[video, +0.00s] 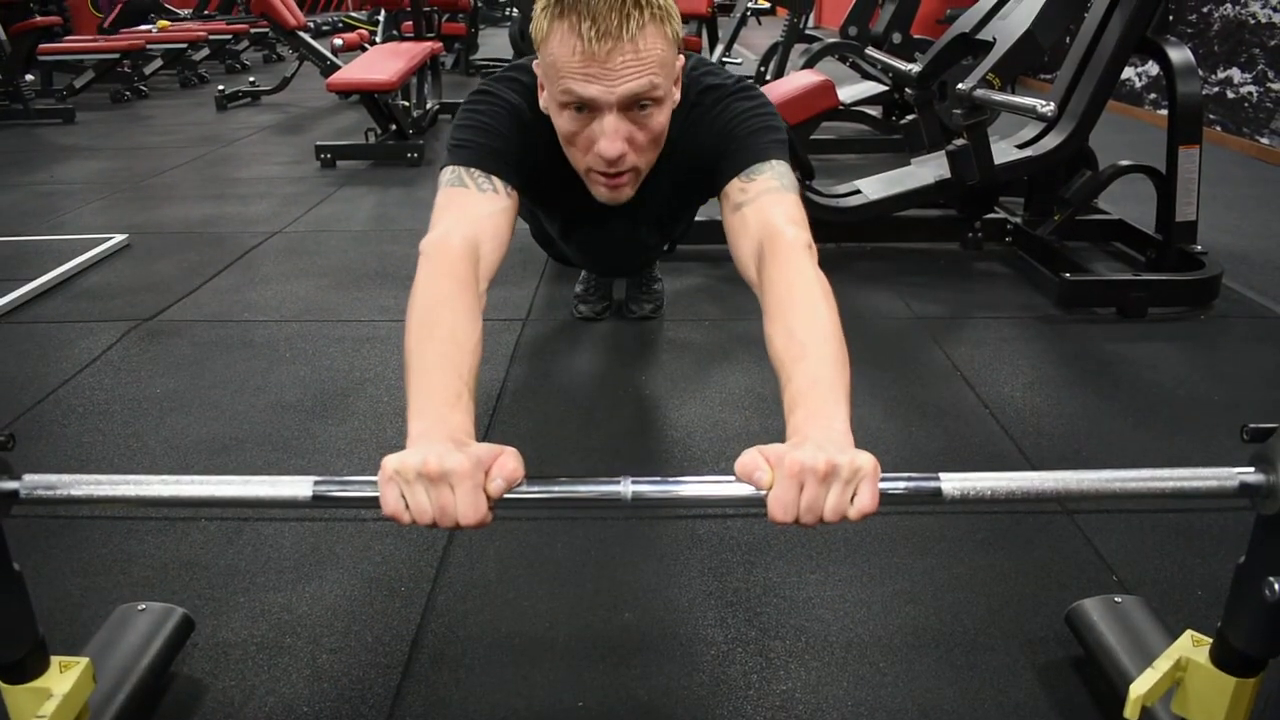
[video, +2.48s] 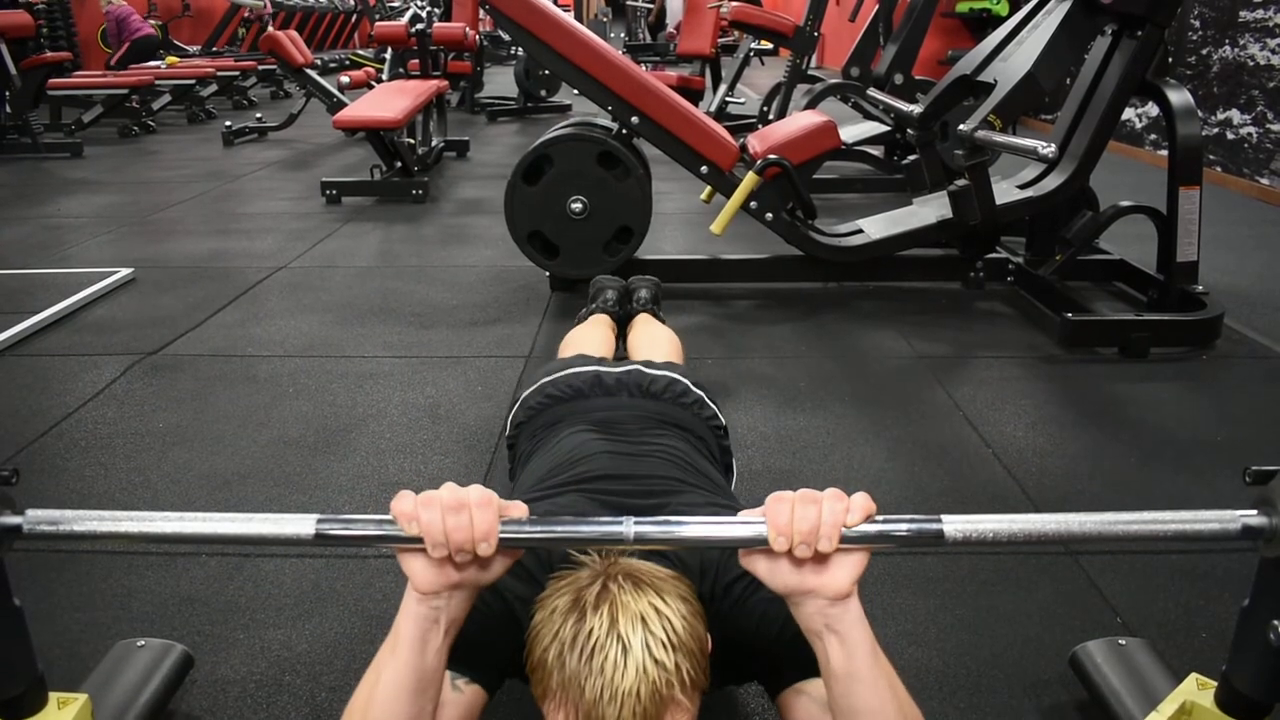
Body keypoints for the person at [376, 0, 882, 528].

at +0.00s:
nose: (611, 144)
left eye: (640, 106)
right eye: (580, 108)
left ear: (679, 73)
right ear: (541, 83)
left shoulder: (729, 109)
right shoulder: (502, 108)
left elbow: (782, 253)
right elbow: (452, 258)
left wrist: (821, 438)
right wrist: (438, 439)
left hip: (655, 223)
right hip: (566, 230)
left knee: (643, 249)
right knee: (585, 254)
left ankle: (641, 275)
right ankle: (595, 274)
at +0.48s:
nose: (612, 163)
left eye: (641, 126)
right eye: (581, 128)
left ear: (677, 101)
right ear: (543, 110)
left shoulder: (725, 128)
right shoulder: (504, 127)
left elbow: (779, 273)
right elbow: (452, 274)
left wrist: (824, 453)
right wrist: (439, 453)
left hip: (658, 235)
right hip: (565, 244)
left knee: (644, 261)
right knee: (582, 269)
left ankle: (642, 287)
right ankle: (597, 286)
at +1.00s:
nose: (628, 300)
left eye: (654, 266)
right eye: (601, 267)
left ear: (688, 216)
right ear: (561, 220)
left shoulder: (733, 207)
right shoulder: (519, 203)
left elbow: (812, 361)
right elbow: (452, 358)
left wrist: (827, 476)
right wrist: (443, 477)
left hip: (686, 276)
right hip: (571, 279)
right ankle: (597, 325)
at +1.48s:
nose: (629, 521)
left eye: (653, 504)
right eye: (601, 506)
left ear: (687, 427)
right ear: (556, 447)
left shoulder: (739, 383)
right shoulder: (509, 385)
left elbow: (854, 615)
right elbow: (420, 615)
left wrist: (824, 567)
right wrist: (442, 555)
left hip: (678, 238)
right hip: (559, 239)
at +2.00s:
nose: (628, 716)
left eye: (656, 687)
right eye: (599, 689)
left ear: (693, 599)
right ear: (554, 614)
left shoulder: (750, 528)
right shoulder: (511, 527)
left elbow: (856, 711)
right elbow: (401, 710)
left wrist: (833, 606)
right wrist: (432, 594)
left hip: (682, 340)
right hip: (559, 338)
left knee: (655, 299)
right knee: (587, 299)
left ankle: (641, 278)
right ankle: (597, 279)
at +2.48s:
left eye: (665, 715)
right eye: (583, 715)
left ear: (696, 672)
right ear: (544, 687)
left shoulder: (746, 601)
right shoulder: (501, 595)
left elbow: (846, 711)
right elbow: (415, 710)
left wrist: (834, 615)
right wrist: (430, 606)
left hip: (680, 412)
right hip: (553, 412)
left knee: (657, 349)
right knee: (583, 347)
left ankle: (638, 306)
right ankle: (605, 304)